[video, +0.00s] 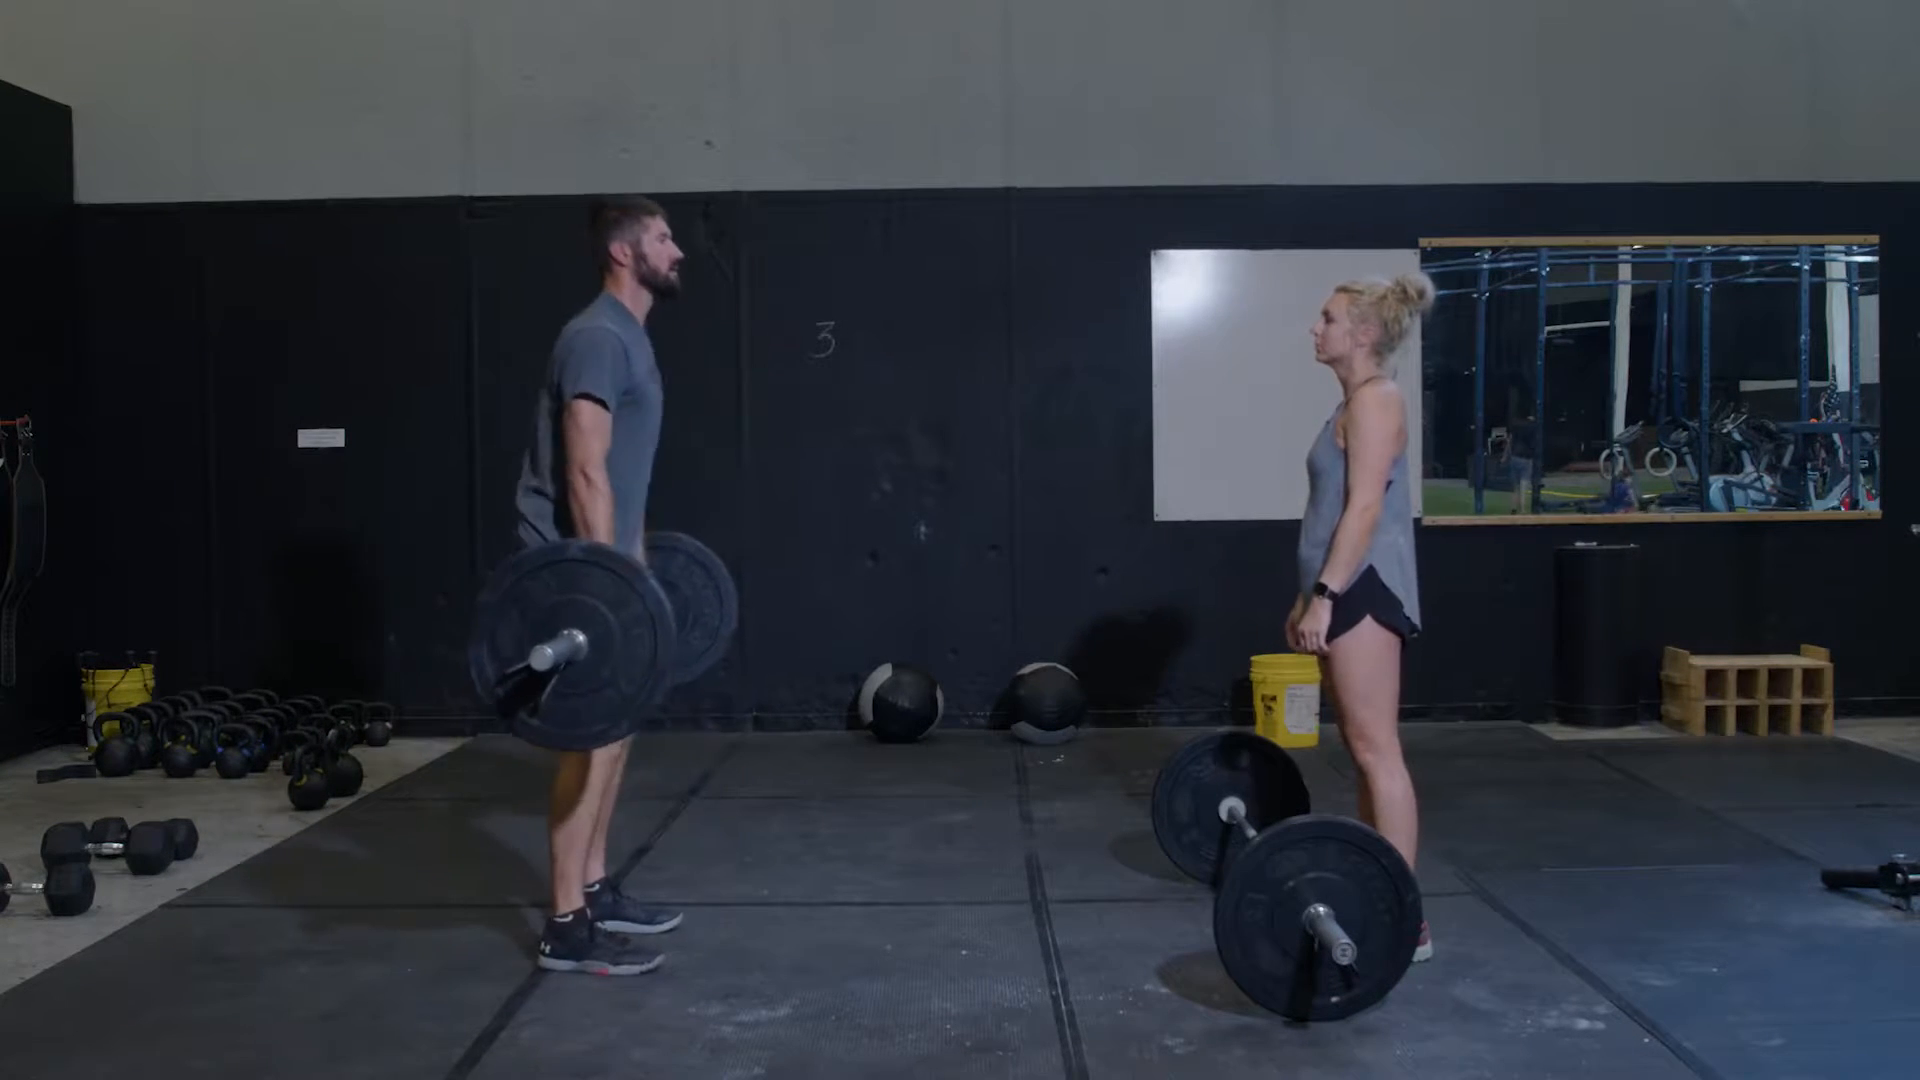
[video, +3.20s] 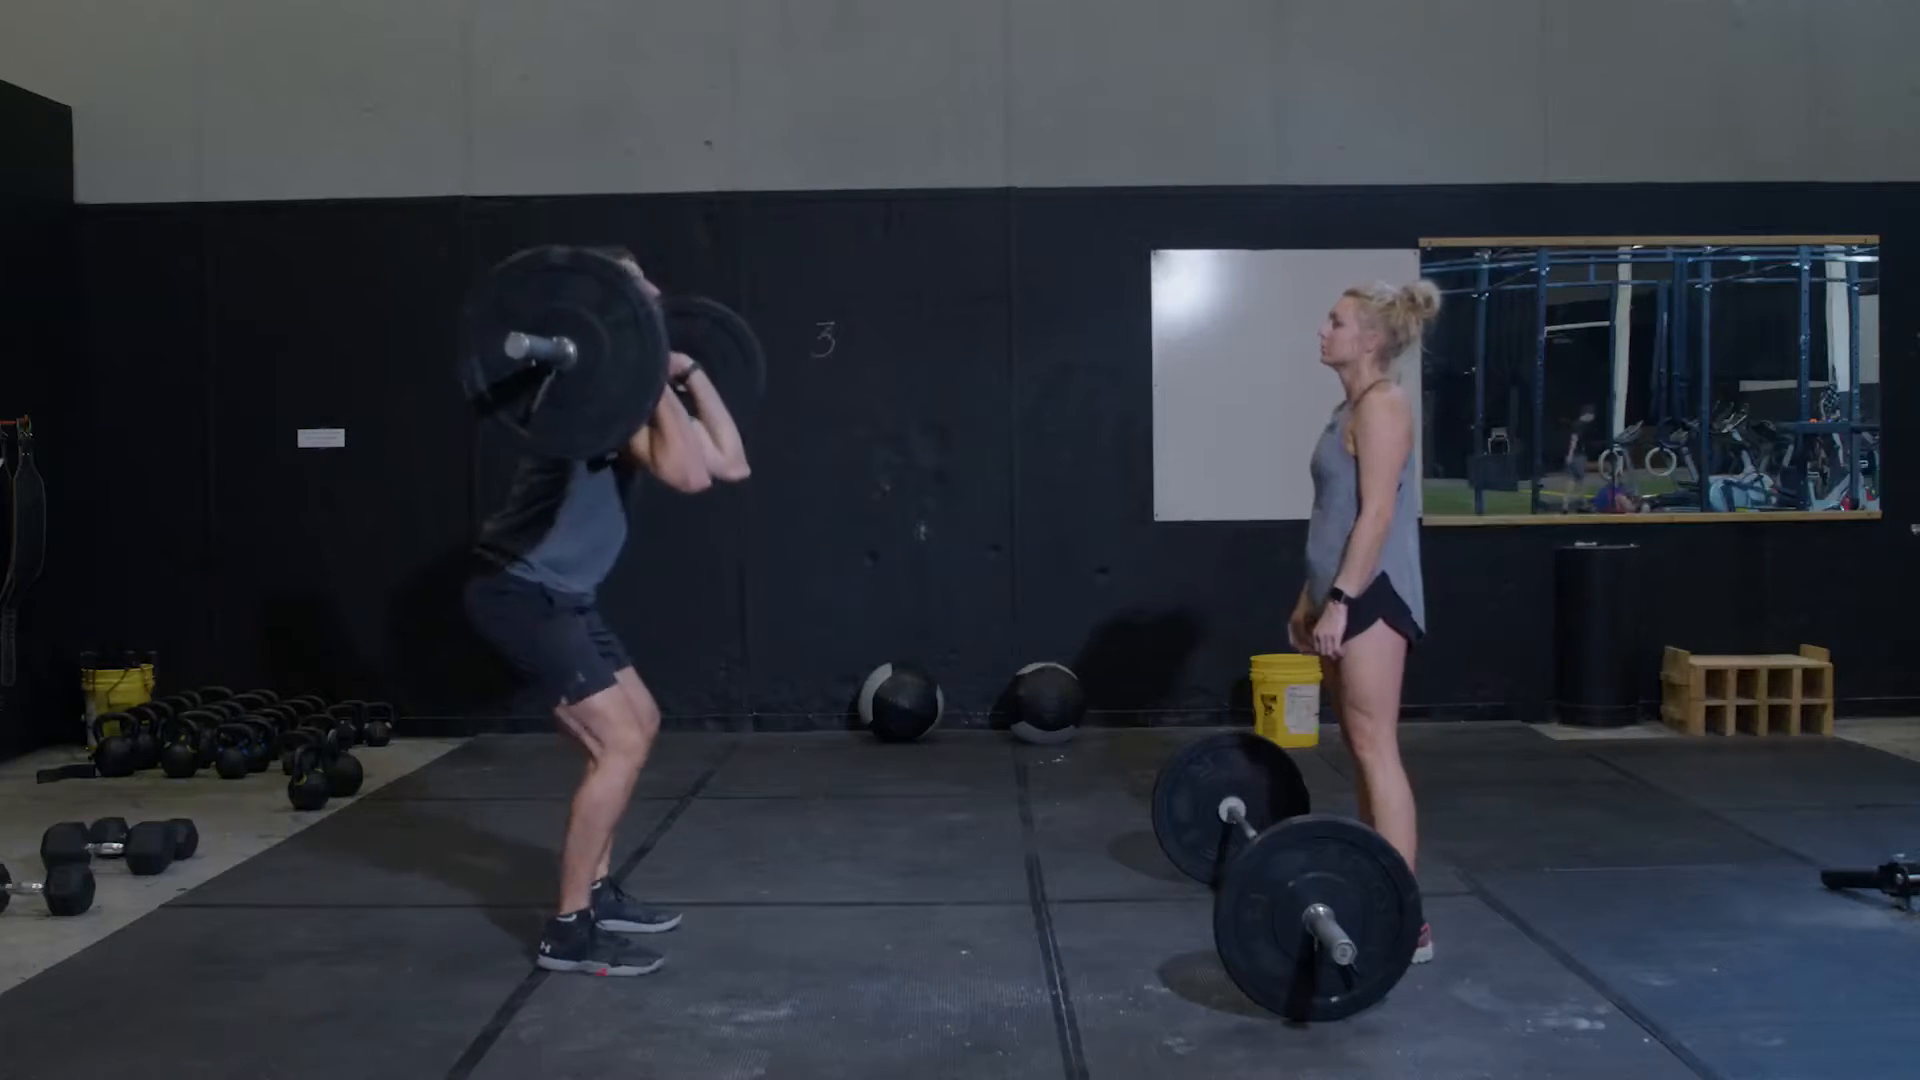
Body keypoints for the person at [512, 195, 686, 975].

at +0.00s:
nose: (677, 253)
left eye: (673, 240)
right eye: (664, 241)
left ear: (633, 255)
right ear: (624, 254)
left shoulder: (629, 338)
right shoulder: (597, 339)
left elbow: (614, 473)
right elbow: (583, 474)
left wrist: (640, 570)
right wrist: (604, 588)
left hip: (610, 558)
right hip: (575, 562)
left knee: (616, 725)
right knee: (590, 730)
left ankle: (590, 891)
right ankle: (566, 923)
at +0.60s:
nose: (629, 224)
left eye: (624, 210)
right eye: (614, 212)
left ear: (586, 226)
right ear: (574, 227)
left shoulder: (602, 294)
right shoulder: (566, 292)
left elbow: (642, 395)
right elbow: (593, 399)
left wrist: (685, 476)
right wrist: (648, 477)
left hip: (602, 524)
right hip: (567, 529)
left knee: (630, 696)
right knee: (598, 705)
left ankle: (604, 870)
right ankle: (576, 902)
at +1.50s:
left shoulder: (642, 389)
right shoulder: (608, 384)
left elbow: (717, 455)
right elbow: (668, 472)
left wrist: (682, 357)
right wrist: (649, 369)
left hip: (613, 583)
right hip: (579, 584)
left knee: (675, 735)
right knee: (662, 753)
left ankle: (599, 892)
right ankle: (574, 924)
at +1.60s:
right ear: (613, 256)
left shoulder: (637, 332)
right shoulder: (595, 324)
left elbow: (718, 393)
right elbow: (673, 395)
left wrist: (679, 291)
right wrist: (653, 293)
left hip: (630, 544)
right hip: (598, 545)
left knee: (645, 722)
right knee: (626, 733)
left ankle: (599, 888)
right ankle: (571, 917)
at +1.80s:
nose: (628, 234)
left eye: (623, 223)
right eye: (615, 225)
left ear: (589, 246)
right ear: (579, 247)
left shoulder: (631, 305)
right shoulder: (583, 307)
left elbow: (692, 259)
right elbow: (649, 247)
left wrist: (676, 172)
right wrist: (640, 158)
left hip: (644, 533)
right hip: (612, 536)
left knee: (625, 716)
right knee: (594, 722)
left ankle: (595, 889)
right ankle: (568, 917)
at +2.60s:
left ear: (595, 267)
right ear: (590, 260)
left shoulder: (624, 327)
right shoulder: (574, 323)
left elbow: (707, 360)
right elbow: (648, 358)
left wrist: (680, 273)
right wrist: (627, 274)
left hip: (631, 546)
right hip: (593, 547)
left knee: (609, 721)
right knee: (578, 728)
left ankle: (592, 892)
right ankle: (564, 922)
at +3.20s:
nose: (657, 306)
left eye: (653, 294)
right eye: (641, 298)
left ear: (650, 303)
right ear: (603, 312)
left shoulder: (635, 386)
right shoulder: (589, 385)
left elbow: (733, 464)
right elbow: (689, 474)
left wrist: (691, 375)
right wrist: (656, 377)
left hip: (568, 592)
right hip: (522, 592)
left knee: (640, 722)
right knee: (622, 740)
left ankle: (591, 893)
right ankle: (568, 925)